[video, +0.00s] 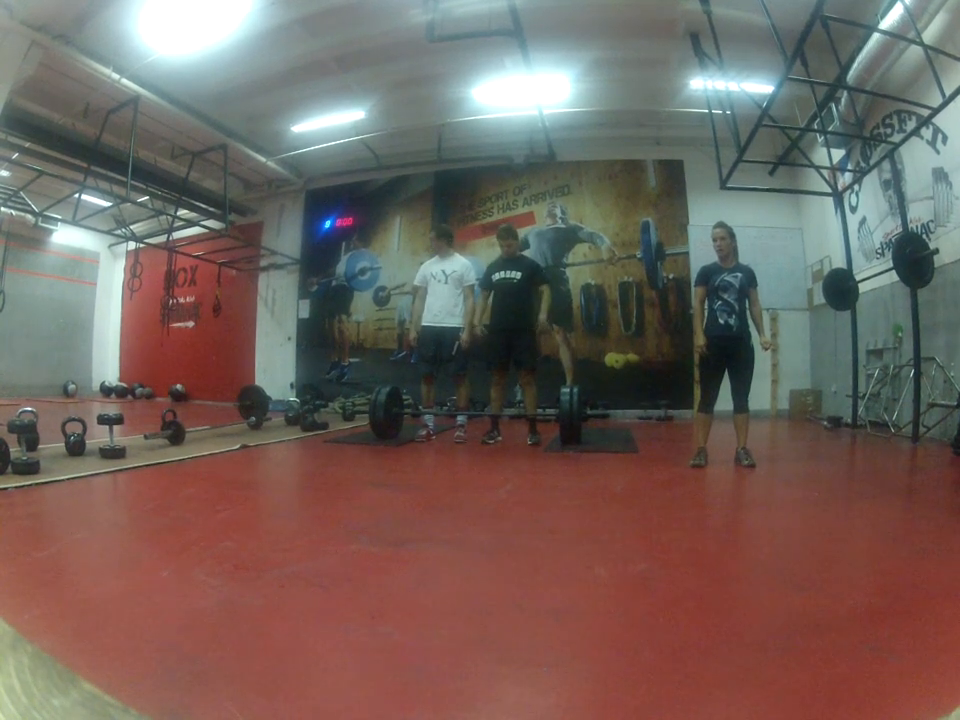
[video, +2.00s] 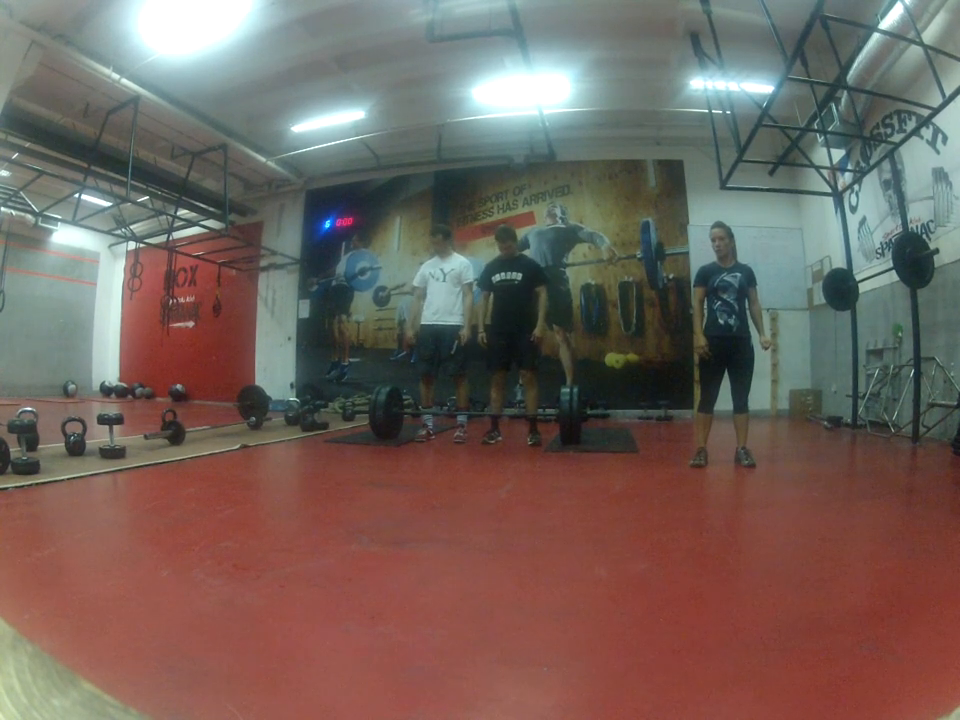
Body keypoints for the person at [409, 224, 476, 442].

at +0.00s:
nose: (431, 244)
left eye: (434, 240)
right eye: (431, 240)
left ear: (445, 241)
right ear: (436, 241)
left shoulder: (463, 265)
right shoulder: (426, 266)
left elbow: (470, 298)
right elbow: (419, 298)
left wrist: (467, 329)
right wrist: (413, 327)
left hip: (455, 328)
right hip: (428, 328)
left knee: (460, 376)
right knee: (427, 376)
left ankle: (461, 423)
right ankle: (428, 424)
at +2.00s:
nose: (434, 245)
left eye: (438, 241)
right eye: (433, 242)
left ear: (447, 240)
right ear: (432, 242)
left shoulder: (462, 263)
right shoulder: (426, 266)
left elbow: (468, 295)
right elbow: (417, 298)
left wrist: (466, 326)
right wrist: (410, 326)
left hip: (454, 327)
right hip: (428, 327)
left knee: (459, 375)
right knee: (426, 376)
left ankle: (461, 425)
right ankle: (427, 425)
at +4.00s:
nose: (437, 249)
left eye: (439, 245)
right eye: (434, 246)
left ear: (446, 243)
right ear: (429, 244)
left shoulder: (459, 263)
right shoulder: (421, 266)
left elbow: (468, 296)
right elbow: (414, 299)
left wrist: (469, 327)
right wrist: (408, 328)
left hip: (454, 328)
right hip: (426, 328)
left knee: (458, 376)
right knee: (425, 377)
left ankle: (461, 425)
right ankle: (427, 425)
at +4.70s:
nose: (436, 252)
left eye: (438, 248)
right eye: (432, 248)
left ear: (445, 244)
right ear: (427, 245)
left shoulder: (458, 263)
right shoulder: (420, 266)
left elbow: (467, 297)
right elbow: (414, 299)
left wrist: (467, 329)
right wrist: (410, 329)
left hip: (454, 328)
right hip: (427, 327)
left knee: (458, 376)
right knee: (426, 376)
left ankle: (461, 425)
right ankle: (427, 425)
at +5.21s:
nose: (431, 286)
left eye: (433, 282)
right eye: (427, 283)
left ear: (440, 275)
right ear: (422, 277)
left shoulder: (456, 281)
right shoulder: (415, 284)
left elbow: (465, 316)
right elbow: (411, 319)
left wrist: (466, 349)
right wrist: (411, 348)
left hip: (455, 331)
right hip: (431, 331)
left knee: (460, 375)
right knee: (426, 376)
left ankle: (461, 425)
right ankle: (427, 425)